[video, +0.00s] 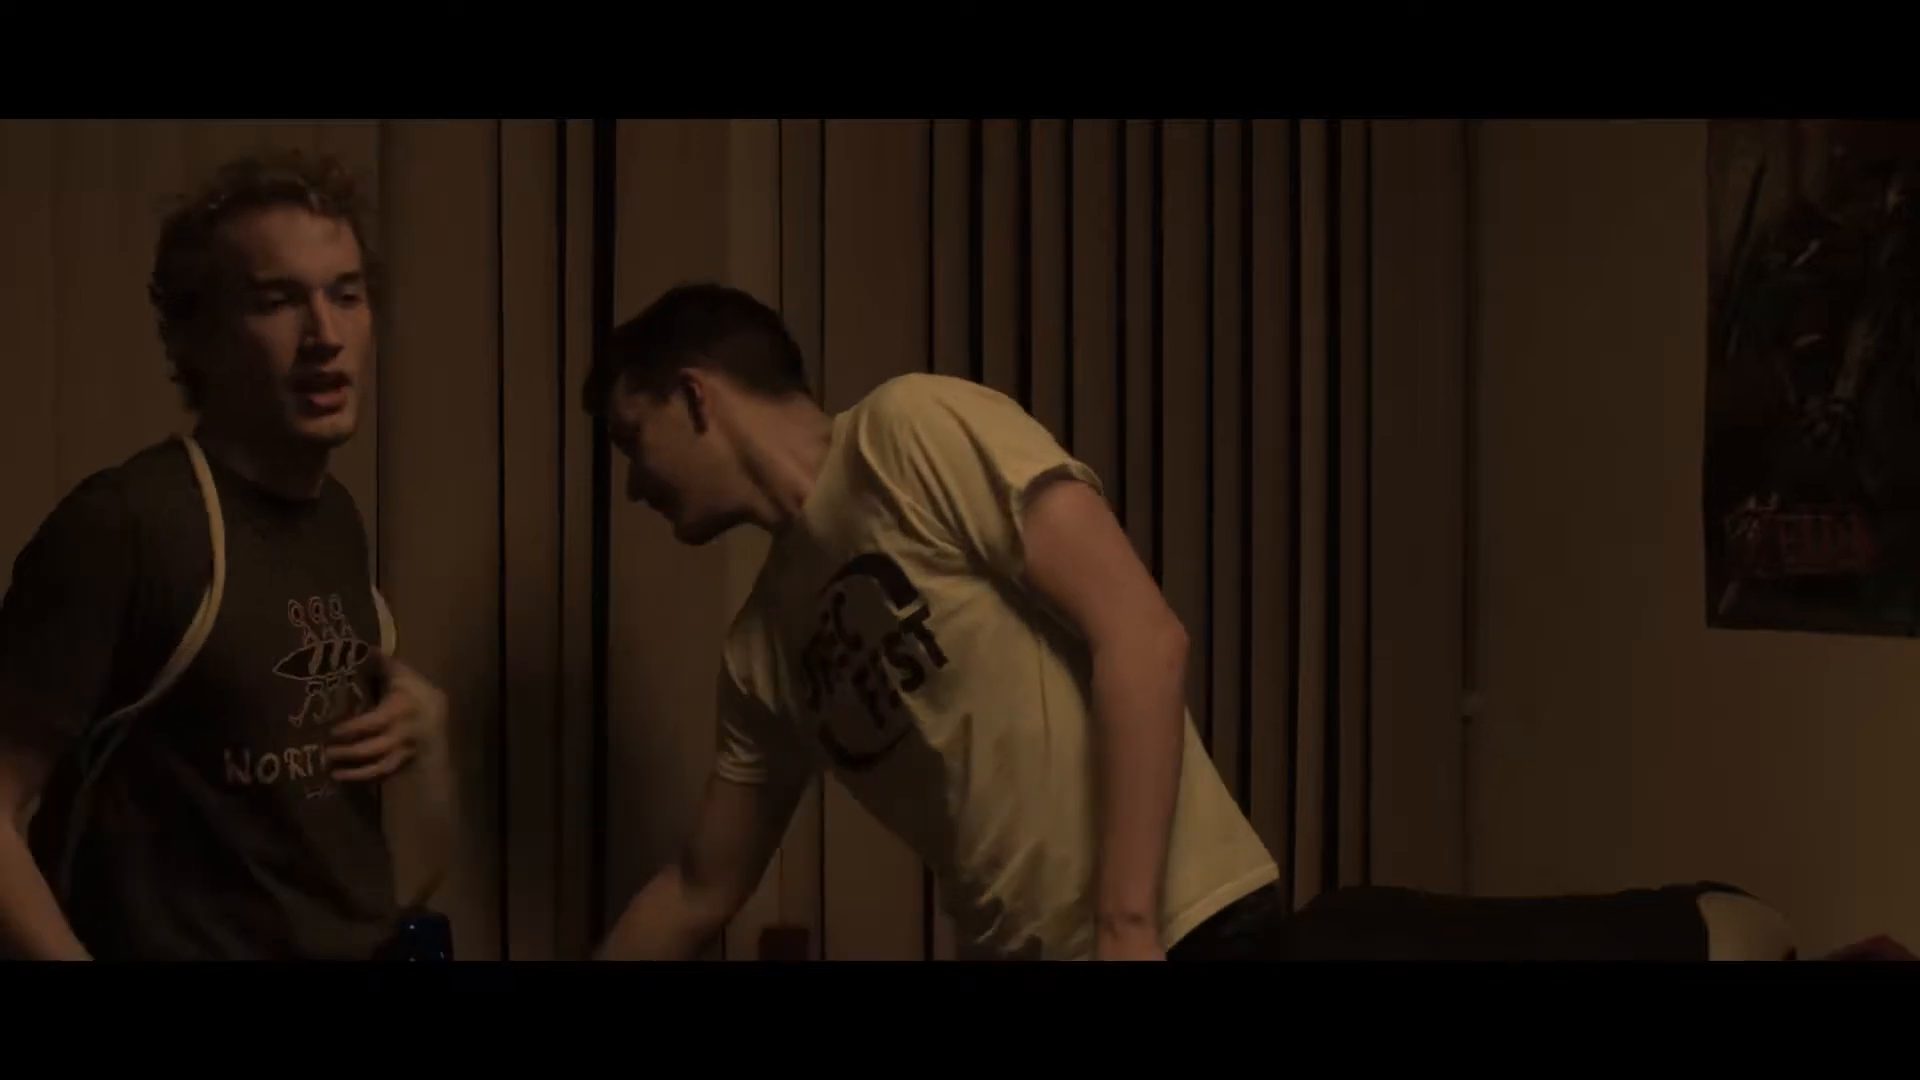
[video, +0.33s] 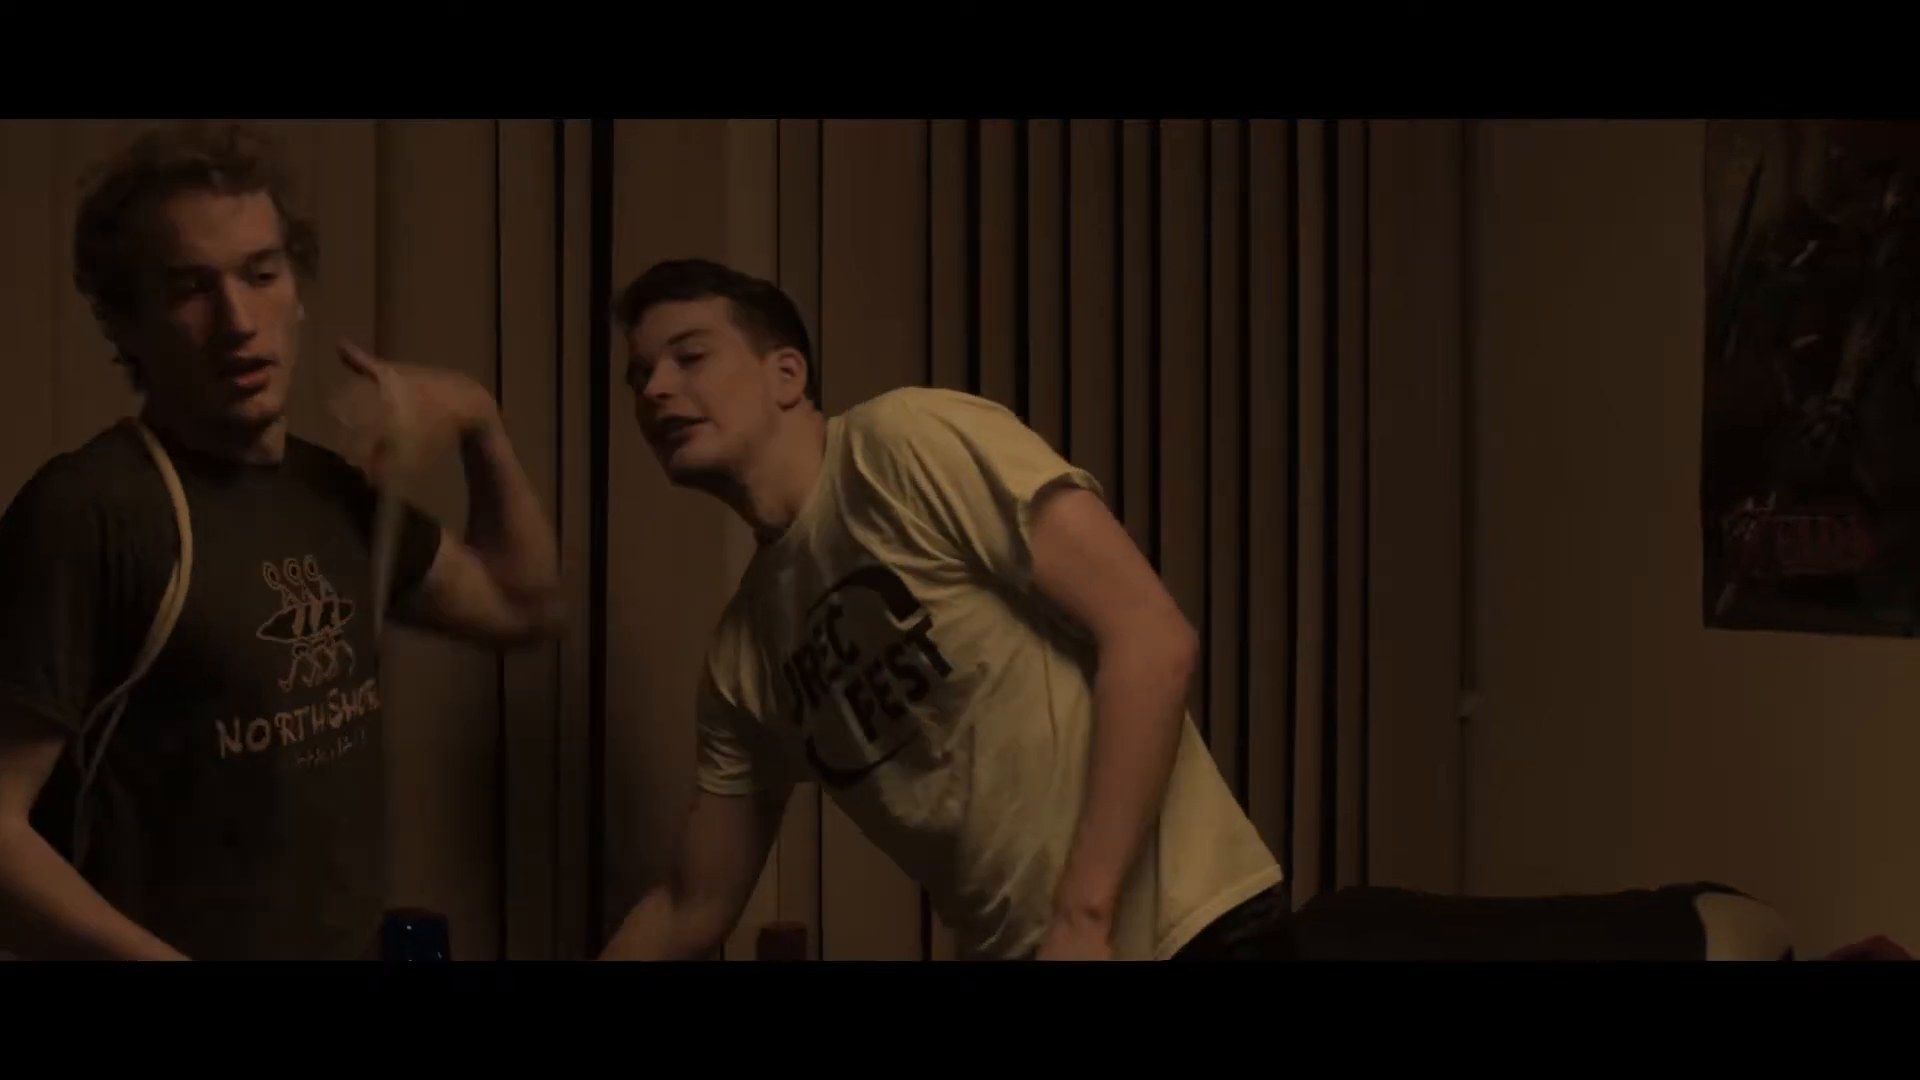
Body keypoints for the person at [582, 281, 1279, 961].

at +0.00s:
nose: (632, 480)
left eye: (631, 436)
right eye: (622, 452)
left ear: (699, 395)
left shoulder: (912, 422)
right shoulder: (764, 648)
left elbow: (1141, 635)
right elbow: (699, 887)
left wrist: (1127, 920)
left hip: (1188, 913)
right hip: (1025, 948)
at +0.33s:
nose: (655, 391)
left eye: (688, 356)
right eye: (640, 377)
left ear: (786, 373)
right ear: (636, 414)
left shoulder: (908, 437)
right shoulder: (745, 655)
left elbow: (1149, 635)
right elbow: (692, 904)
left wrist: (1083, 911)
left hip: (1189, 914)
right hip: (1014, 953)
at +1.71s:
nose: (1216, 299)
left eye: (1261, 268)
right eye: (1192, 257)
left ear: (1329, 278)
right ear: (1159, 248)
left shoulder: (1428, 476)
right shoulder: (1058, 457)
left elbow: (1501, 759)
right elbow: (987, 708)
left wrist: (1290, 780)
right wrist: (1039, 748)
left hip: (1315, 947)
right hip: (1086, 944)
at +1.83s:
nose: (1246, 310)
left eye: (1291, 278)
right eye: (1221, 266)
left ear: (1355, 282)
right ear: (1182, 250)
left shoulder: (1453, 481)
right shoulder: (1081, 461)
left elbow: (1519, 769)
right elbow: (1009, 717)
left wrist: (1318, 781)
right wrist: (1073, 755)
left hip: (1341, 947)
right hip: (1112, 944)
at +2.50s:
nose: (1274, 355)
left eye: (1321, 324)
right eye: (1248, 311)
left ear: (1390, 308)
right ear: (1216, 273)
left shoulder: (1489, 504)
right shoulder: (1120, 484)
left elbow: (1560, 796)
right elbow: (1052, 759)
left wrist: (1351, 777)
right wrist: (1108, 753)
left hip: (1379, 949)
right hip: (1146, 945)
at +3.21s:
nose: (1193, 320)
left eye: (1235, 287)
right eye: (1170, 279)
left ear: (1319, 274)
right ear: (1150, 258)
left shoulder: (1422, 469)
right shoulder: (1073, 452)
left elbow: (1498, 763)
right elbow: (1032, 766)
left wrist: (1274, 745)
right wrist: (1025, 712)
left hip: (1306, 945)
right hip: (1080, 942)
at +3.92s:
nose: (1292, 332)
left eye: (1334, 299)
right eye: (1268, 295)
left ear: (1415, 279)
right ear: (1247, 275)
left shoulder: (1529, 468)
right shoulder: (1181, 459)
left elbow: (1603, 771)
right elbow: (1117, 739)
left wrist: (1359, 715)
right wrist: (1192, 721)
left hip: (1418, 942)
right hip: (1190, 939)